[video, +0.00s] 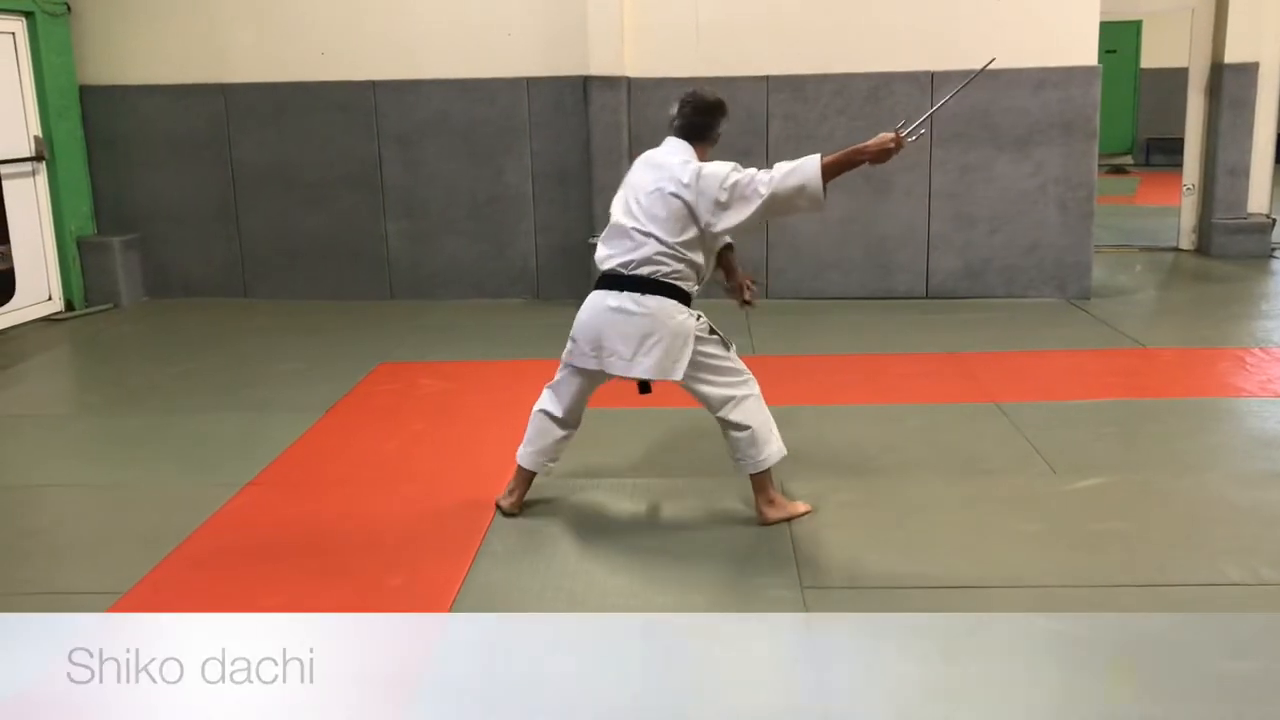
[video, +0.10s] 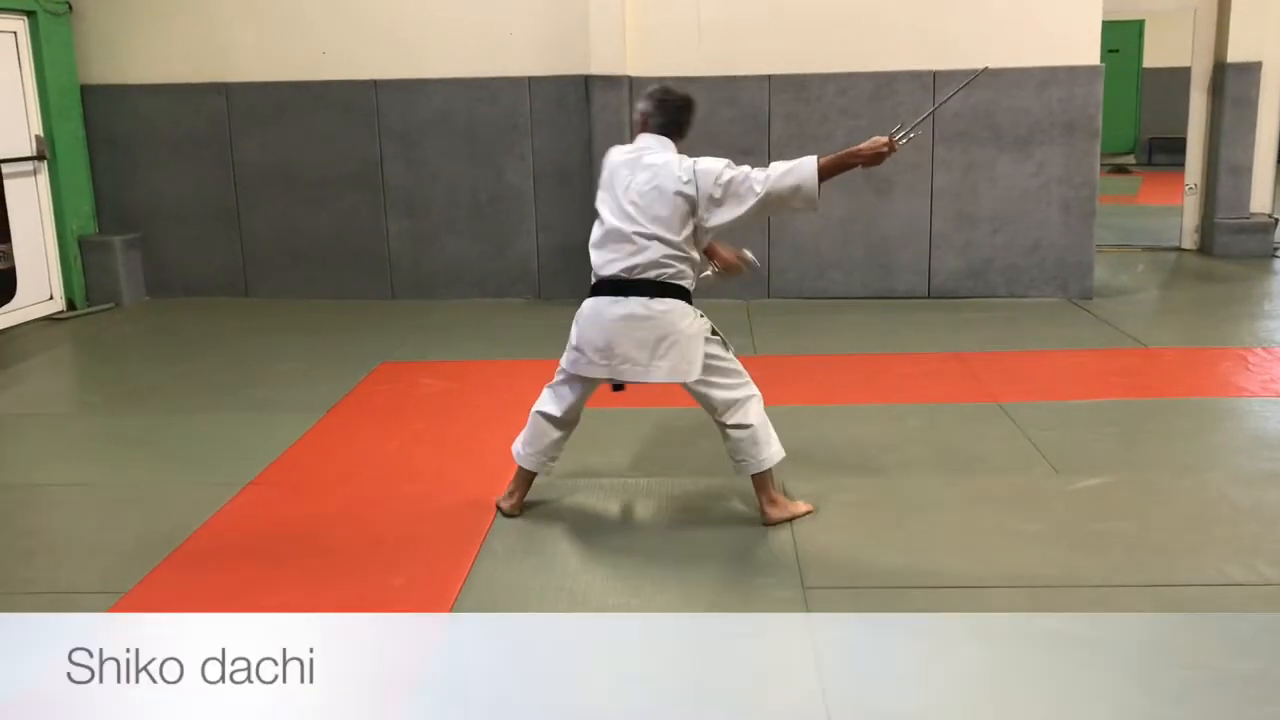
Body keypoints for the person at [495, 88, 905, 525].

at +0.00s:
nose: (717, 143)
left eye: (712, 136)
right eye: (716, 136)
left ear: (674, 126)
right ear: (712, 136)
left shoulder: (643, 165)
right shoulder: (707, 176)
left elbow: (694, 226)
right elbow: (784, 181)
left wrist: (731, 270)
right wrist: (863, 153)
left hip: (601, 305)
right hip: (665, 314)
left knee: (564, 393)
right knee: (736, 391)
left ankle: (514, 490)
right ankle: (768, 498)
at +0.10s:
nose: (631, 123)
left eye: (636, 117)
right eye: (636, 116)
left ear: (642, 122)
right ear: (682, 130)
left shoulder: (615, 161)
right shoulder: (695, 173)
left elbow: (656, 216)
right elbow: (774, 181)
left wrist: (710, 248)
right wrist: (855, 156)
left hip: (600, 313)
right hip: (668, 316)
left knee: (561, 396)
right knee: (735, 395)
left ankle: (514, 493)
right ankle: (771, 501)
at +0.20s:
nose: (606, 122)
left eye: (609, 114)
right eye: (608, 114)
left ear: (623, 119)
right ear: (658, 123)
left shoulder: (591, 160)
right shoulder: (692, 165)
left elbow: (562, 179)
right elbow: (773, 176)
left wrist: (604, 192)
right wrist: (854, 158)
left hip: (611, 317)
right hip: (680, 315)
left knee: (560, 397)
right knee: (745, 396)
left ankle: (514, 494)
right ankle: (777, 499)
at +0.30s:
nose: (605, 123)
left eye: (609, 114)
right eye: (608, 114)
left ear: (624, 120)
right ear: (658, 121)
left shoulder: (599, 166)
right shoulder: (702, 165)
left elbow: (527, 163)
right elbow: (778, 170)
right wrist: (855, 157)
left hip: (614, 319)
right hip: (685, 317)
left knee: (567, 398)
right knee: (755, 395)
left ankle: (516, 493)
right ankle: (783, 499)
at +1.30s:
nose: (591, 138)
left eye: (595, 128)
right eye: (591, 128)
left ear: (620, 130)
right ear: (644, 129)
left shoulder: (601, 181)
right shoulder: (701, 169)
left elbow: (526, 203)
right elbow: (763, 175)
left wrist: (450, 193)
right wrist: (817, 160)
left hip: (636, 323)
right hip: (704, 317)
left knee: (575, 397)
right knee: (752, 409)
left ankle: (532, 500)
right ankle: (787, 510)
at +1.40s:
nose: (562, 142)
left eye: (566, 132)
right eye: (561, 133)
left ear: (592, 131)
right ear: (614, 129)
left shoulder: (584, 185)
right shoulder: (678, 168)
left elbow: (509, 218)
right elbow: (732, 170)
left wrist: (423, 220)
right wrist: (758, 149)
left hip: (629, 326)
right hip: (695, 315)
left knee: (561, 395)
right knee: (743, 410)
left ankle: (539, 503)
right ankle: (788, 513)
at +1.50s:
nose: (527, 132)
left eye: (532, 121)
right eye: (526, 122)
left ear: (561, 120)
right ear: (579, 120)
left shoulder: (558, 179)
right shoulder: (642, 164)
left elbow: (496, 230)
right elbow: (664, 187)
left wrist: (411, 249)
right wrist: (661, 162)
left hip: (605, 323)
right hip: (666, 310)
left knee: (539, 398)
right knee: (713, 405)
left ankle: (538, 506)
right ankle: (781, 495)